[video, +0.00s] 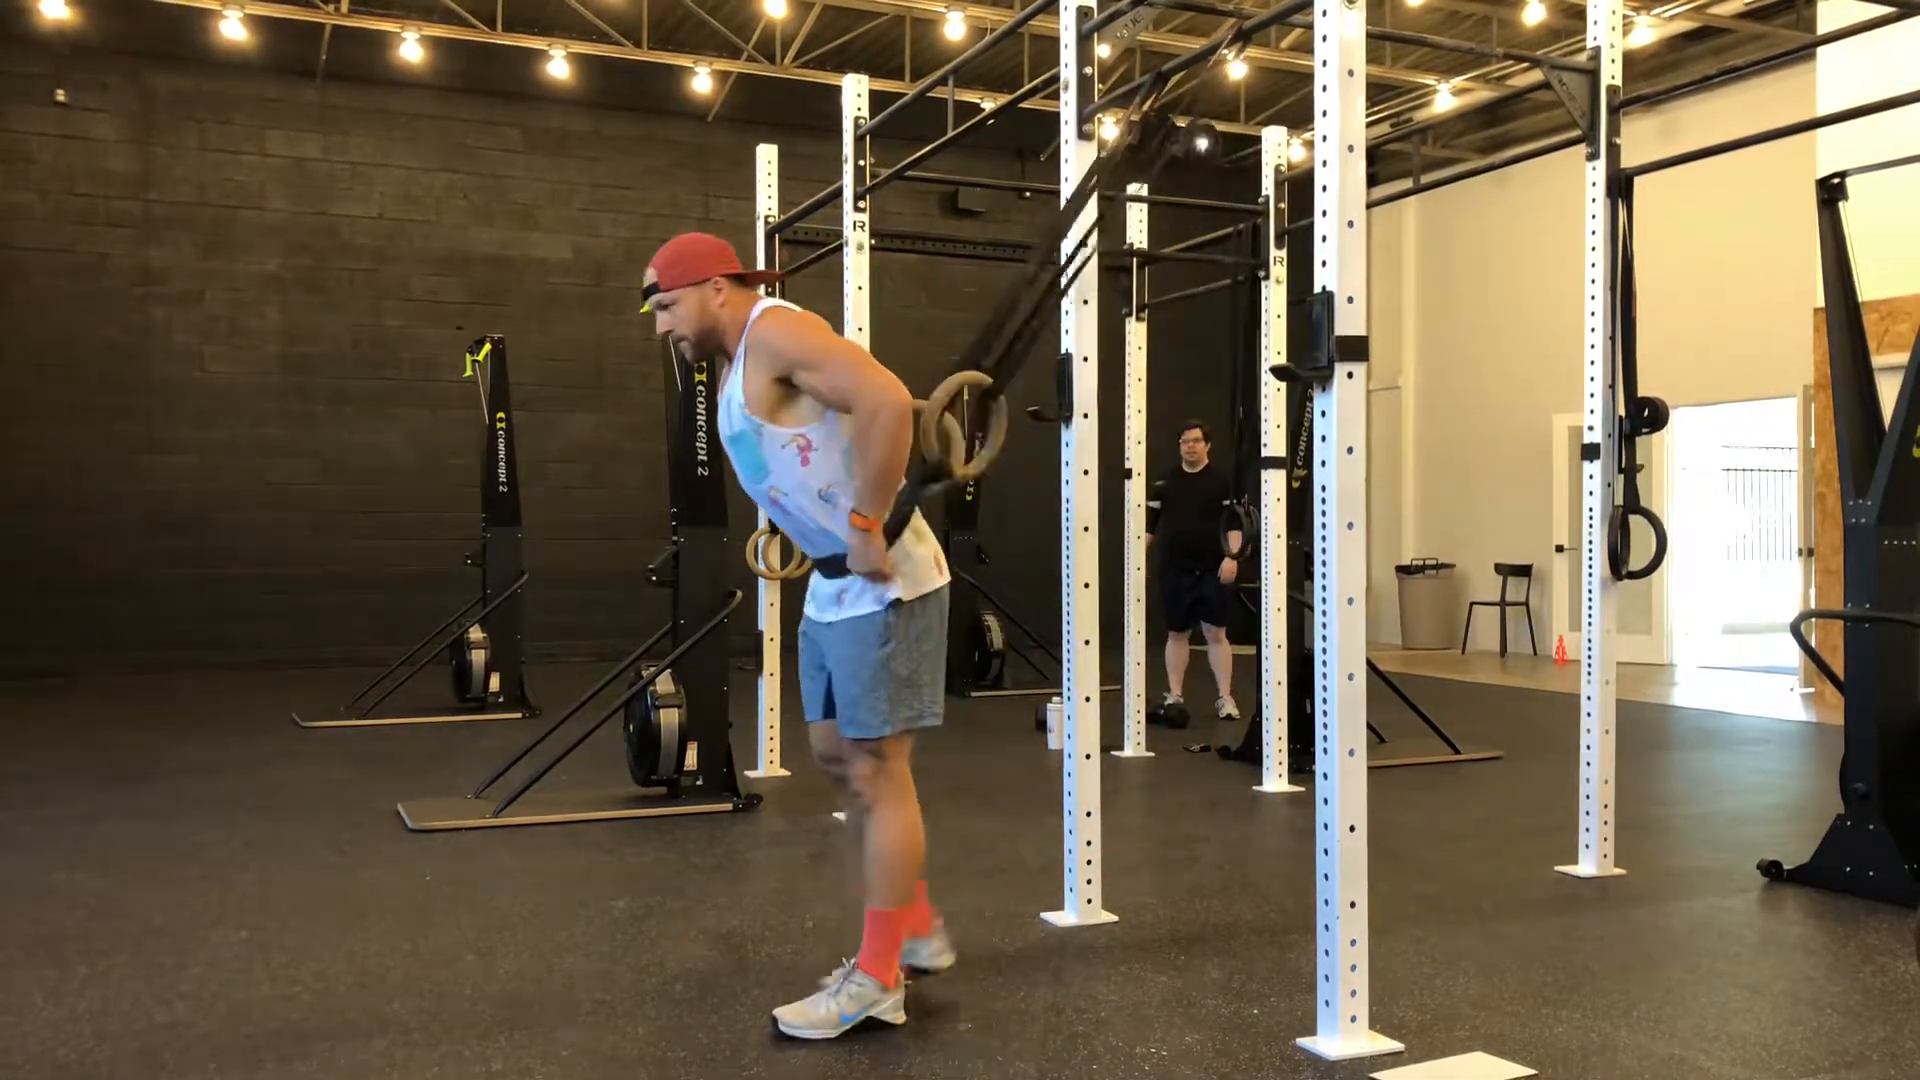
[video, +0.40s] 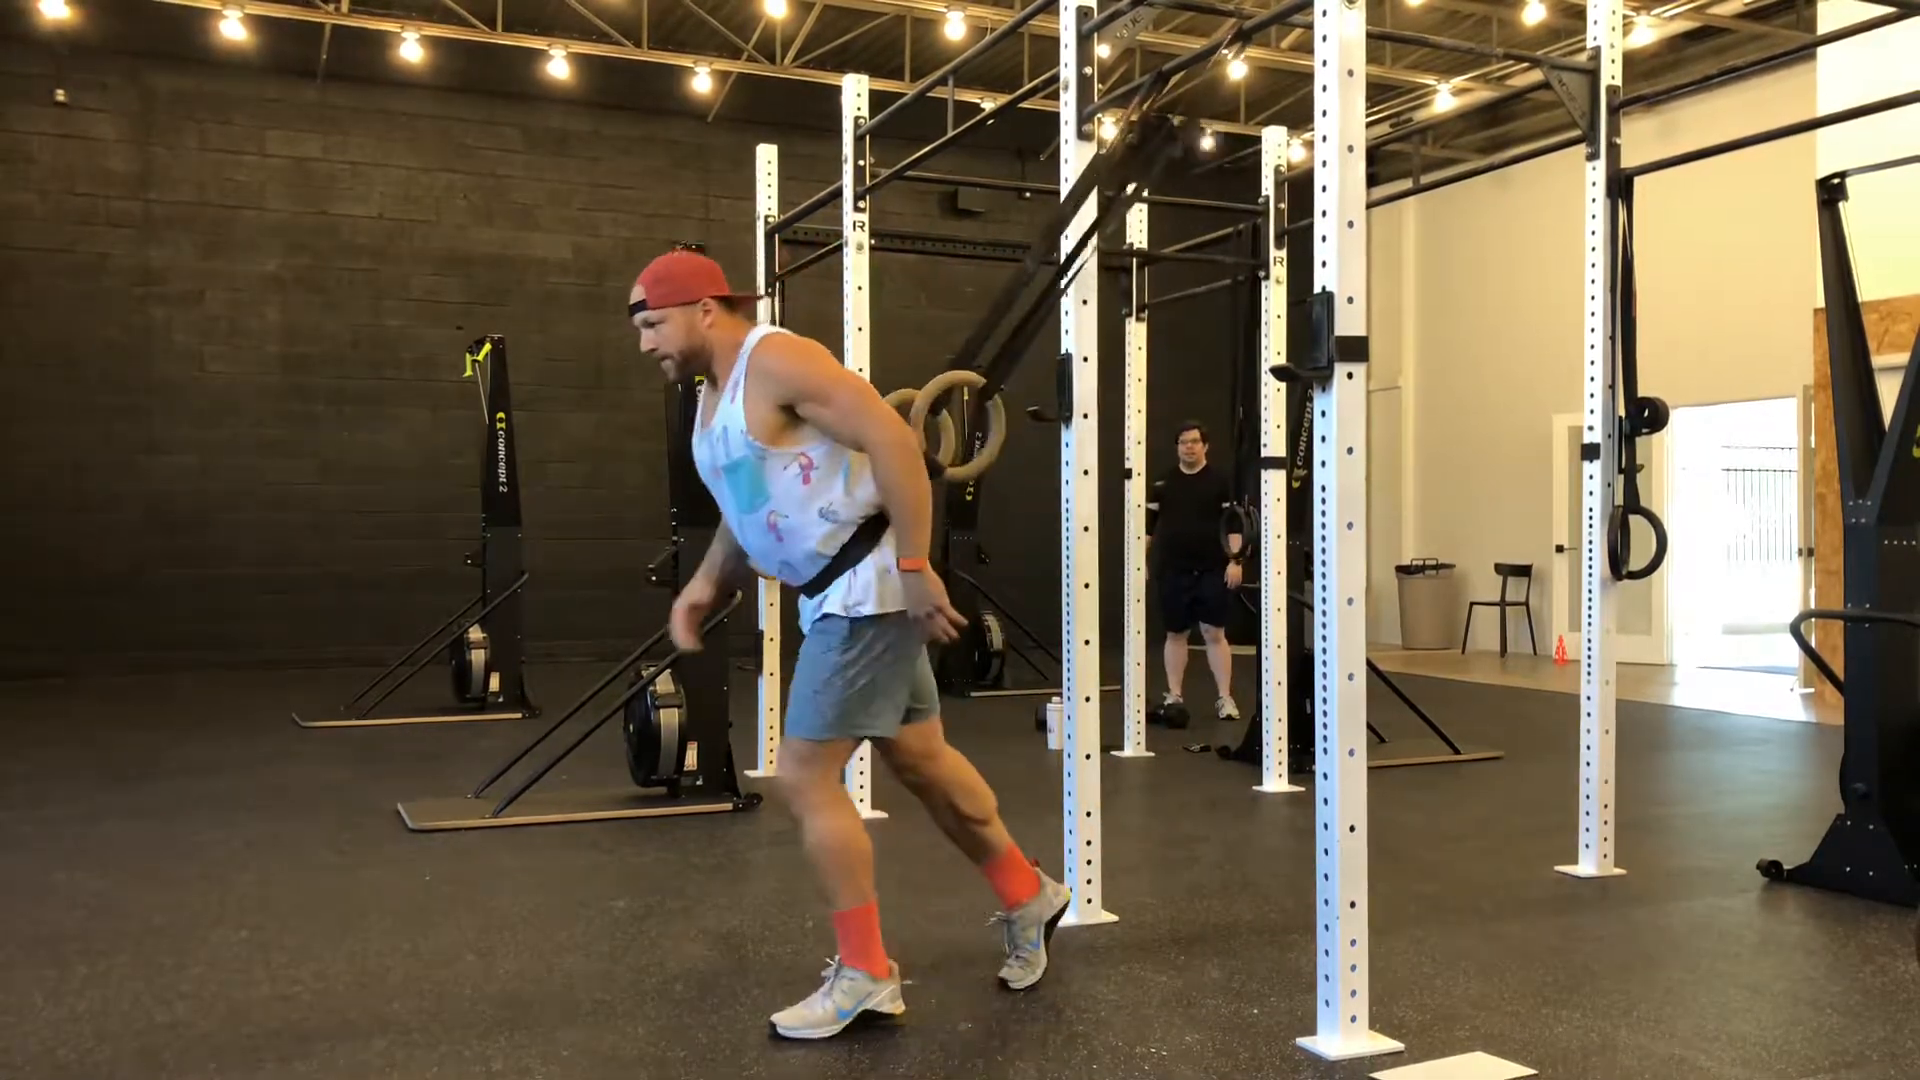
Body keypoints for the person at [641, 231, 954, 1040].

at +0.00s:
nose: (658, 323)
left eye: (664, 302)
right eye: (654, 306)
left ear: (717, 288)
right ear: (702, 297)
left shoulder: (775, 330)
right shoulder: (742, 358)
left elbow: (889, 405)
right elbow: (833, 426)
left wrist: (869, 524)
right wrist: (814, 529)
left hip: (883, 586)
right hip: (830, 586)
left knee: (879, 770)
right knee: (835, 751)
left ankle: (878, 976)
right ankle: (918, 923)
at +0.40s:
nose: (641, 338)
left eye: (648, 317)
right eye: (638, 322)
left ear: (702, 309)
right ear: (690, 315)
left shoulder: (777, 360)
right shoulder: (716, 395)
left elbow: (895, 437)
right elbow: (751, 503)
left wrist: (915, 564)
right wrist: (708, 581)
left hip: (868, 587)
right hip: (843, 590)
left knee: (807, 773)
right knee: (921, 756)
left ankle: (865, 972)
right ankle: (1029, 893)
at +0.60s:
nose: (600, 392)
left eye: (606, 372)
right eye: (595, 376)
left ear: (659, 353)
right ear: (650, 361)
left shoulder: (745, 400)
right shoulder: (678, 438)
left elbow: (868, 471)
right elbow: (701, 540)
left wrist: (892, 596)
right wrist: (622, 567)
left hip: (850, 611)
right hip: (824, 615)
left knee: (763, 789)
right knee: (912, 775)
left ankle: (855, 960)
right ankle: (1032, 895)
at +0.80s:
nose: (547, 457)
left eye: (550, 438)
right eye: (540, 444)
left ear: (597, 410)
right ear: (586, 422)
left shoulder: (687, 445)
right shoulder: (627, 498)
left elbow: (830, 488)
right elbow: (593, 575)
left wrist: (892, 602)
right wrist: (527, 554)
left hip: (830, 623)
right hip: (830, 626)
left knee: (732, 798)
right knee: (917, 778)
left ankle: (850, 957)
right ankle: (1044, 896)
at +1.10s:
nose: (528, 569)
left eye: (527, 552)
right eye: (522, 557)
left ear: (564, 520)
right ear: (558, 528)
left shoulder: (668, 527)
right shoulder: (610, 591)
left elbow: (823, 524)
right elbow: (559, 670)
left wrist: (916, 603)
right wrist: (498, 651)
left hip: (836, 662)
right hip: (838, 665)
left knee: (719, 822)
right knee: (919, 831)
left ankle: (855, 962)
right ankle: (1069, 909)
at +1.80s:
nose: (507, 564)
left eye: (511, 546)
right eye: (500, 552)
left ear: (557, 522)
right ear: (534, 537)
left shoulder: (630, 550)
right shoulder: (583, 602)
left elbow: (775, 557)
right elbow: (531, 684)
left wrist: (871, 643)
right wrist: (455, 712)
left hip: (821, 670)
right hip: (829, 671)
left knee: (705, 836)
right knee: (885, 845)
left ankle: (848, 957)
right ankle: (1056, 898)